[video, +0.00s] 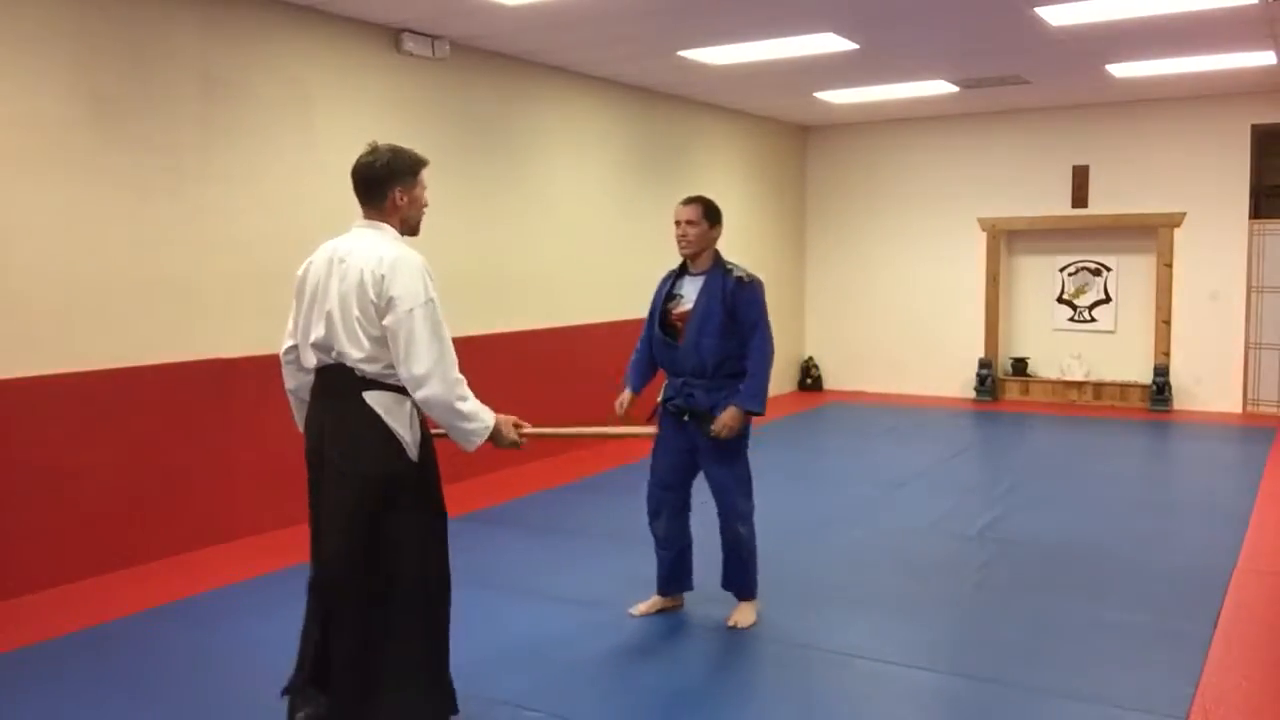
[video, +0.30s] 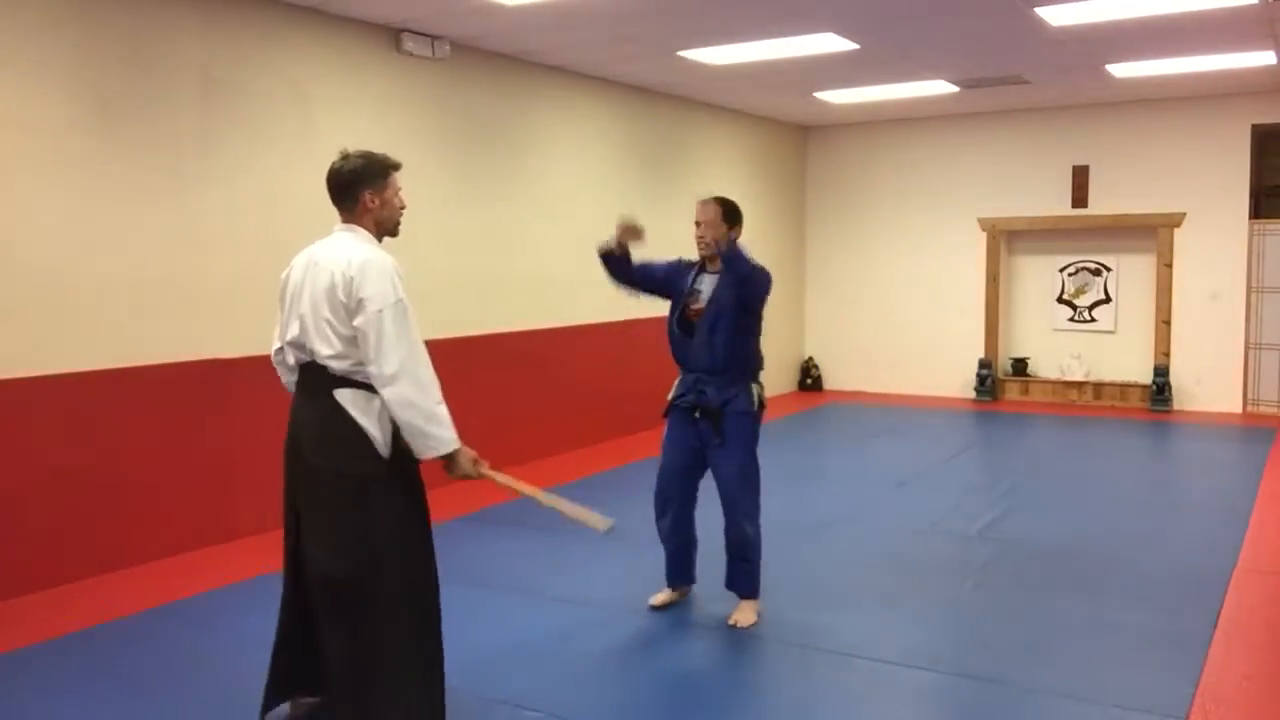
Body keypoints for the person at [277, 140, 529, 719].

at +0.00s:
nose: (427, 199)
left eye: (425, 188)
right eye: (420, 189)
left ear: (372, 198)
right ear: (397, 196)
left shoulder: (319, 261)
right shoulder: (401, 263)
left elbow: (295, 359)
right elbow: (428, 374)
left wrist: (316, 423)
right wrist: (488, 423)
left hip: (328, 419)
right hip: (384, 424)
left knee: (336, 567)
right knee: (407, 565)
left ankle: (318, 700)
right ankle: (412, 702)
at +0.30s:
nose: (404, 202)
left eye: (401, 192)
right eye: (395, 193)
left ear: (353, 202)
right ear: (369, 200)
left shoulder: (304, 262)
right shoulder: (373, 265)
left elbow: (286, 354)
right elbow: (400, 368)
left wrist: (321, 400)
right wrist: (451, 446)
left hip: (309, 426)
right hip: (361, 429)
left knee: (322, 567)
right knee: (389, 568)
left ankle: (316, 693)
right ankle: (391, 700)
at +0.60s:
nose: (391, 204)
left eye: (388, 193)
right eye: (384, 194)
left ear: (340, 201)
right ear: (359, 199)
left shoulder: (298, 258)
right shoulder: (355, 264)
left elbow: (284, 347)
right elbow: (373, 366)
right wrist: (407, 448)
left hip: (296, 424)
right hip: (344, 431)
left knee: (304, 563)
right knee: (363, 565)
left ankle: (303, 692)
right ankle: (364, 698)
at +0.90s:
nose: (384, 200)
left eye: (381, 189)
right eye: (377, 190)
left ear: (334, 200)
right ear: (351, 199)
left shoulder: (296, 258)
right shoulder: (348, 267)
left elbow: (291, 347)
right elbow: (371, 369)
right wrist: (411, 447)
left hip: (302, 419)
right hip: (347, 428)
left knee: (310, 557)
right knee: (362, 564)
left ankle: (306, 694)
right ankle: (358, 702)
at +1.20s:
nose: (387, 202)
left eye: (384, 191)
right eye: (380, 193)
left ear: (335, 203)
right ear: (356, 202)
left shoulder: (298, 259)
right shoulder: (357, 269)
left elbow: (287, 347)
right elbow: (377, 373)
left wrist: (327, 391)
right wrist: (408, 457)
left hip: (302, 419)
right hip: (348, 425)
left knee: (309, 558)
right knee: (368, 560)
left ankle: (307, 695)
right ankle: (364, 698)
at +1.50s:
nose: (393, 226)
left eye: (391, 216)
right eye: (390, 218)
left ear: (334, 225)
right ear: (376, 222)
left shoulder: (293, 290)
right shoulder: (401, 291)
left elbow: (275, 379)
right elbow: (463, 381)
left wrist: (323, 400)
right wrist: (494, 355)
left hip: (317, 445)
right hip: (387, 444)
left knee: (324, 576)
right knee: (431, 574)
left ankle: (315, 706)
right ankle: (449, 704)